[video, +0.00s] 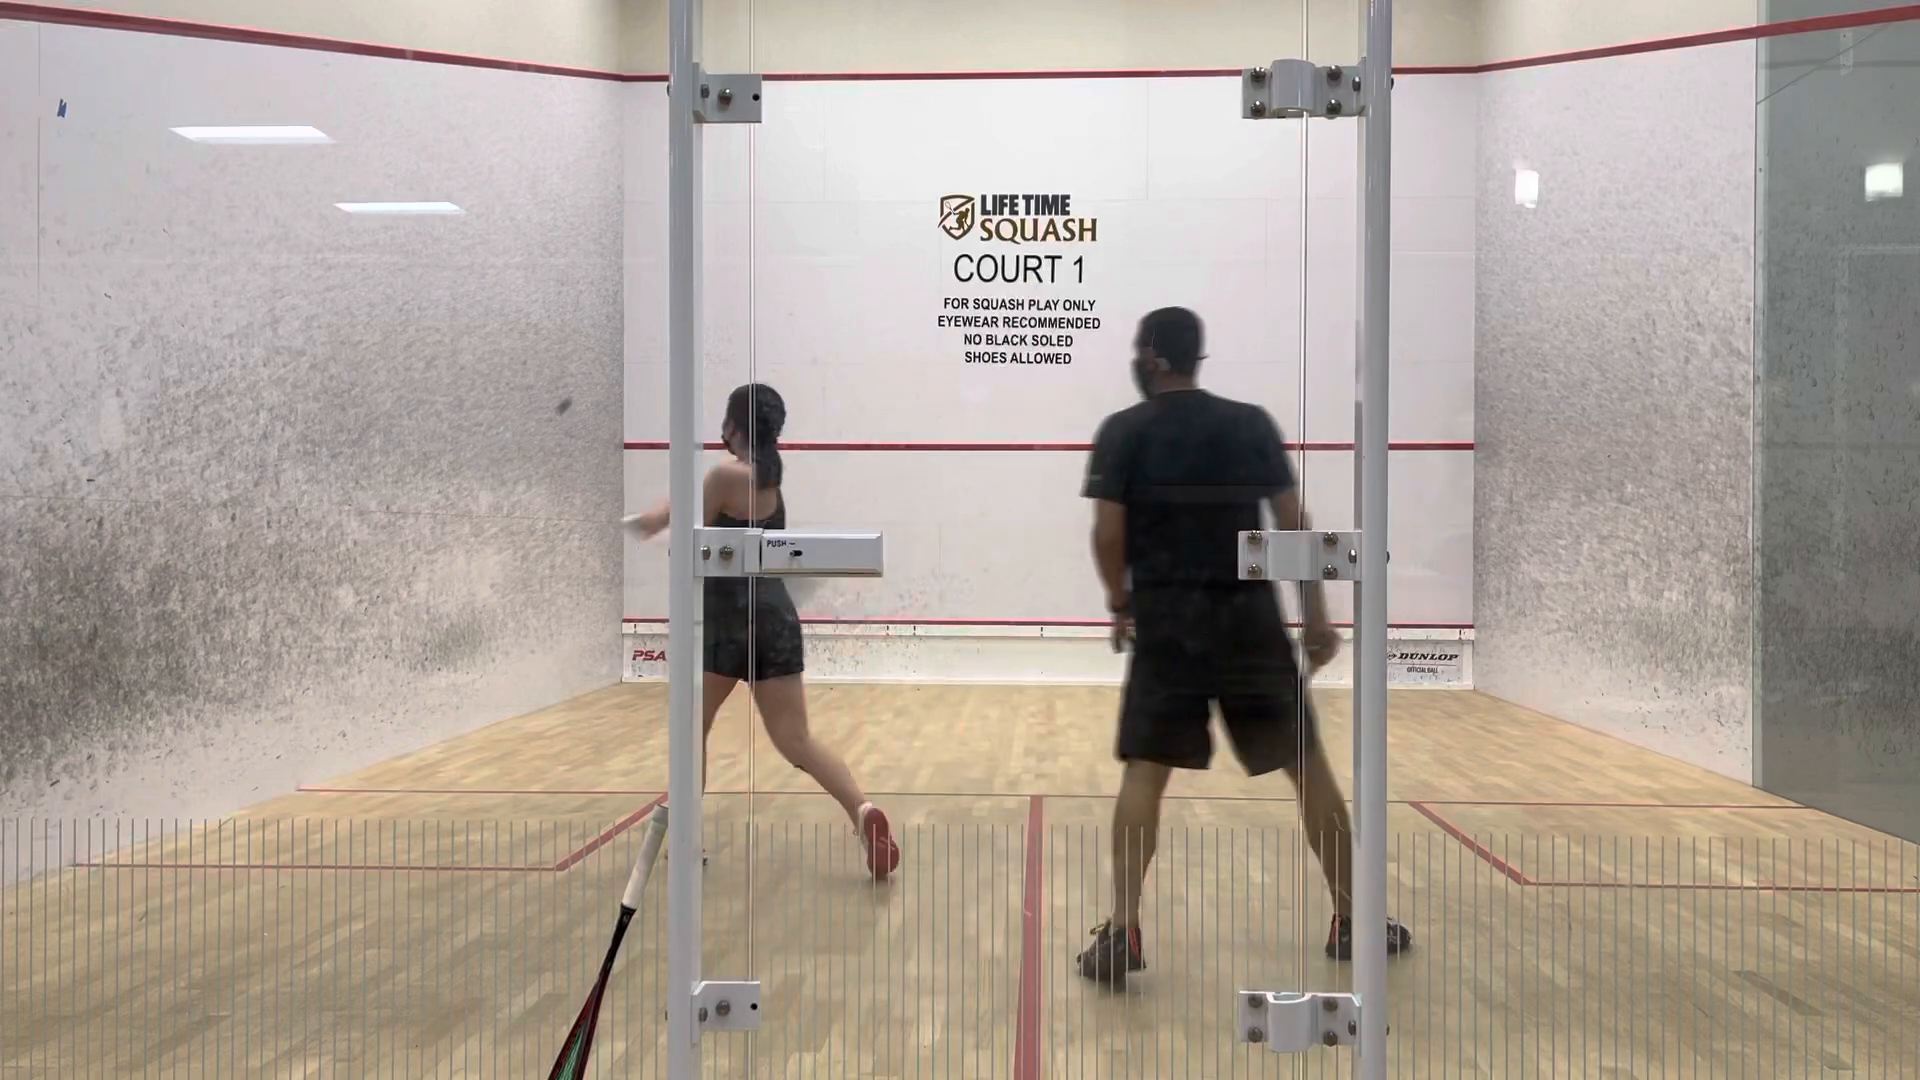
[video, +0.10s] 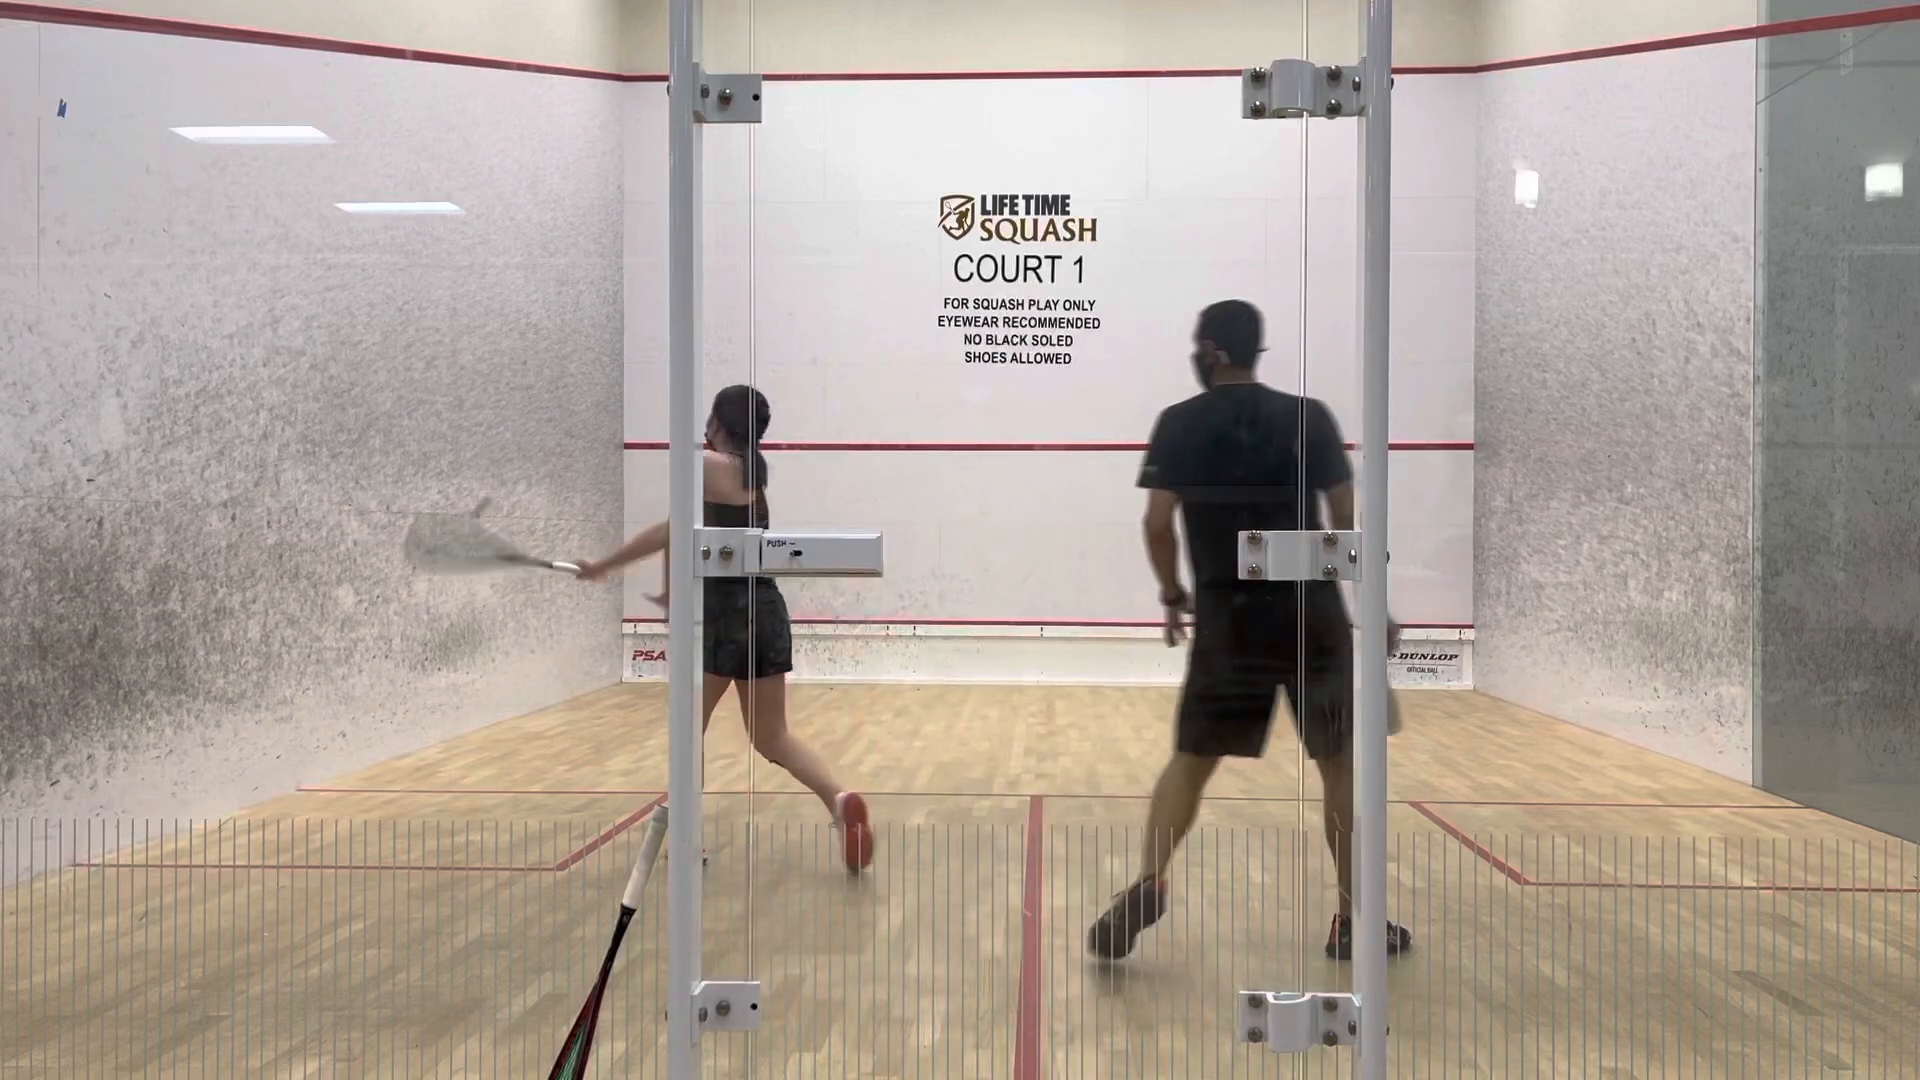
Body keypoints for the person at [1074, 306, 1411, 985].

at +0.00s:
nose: (1134, 364)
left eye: (1136, 354)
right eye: (1137, 353)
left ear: (1150, 359)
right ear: (1200, 358)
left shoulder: (1124, 430)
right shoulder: (1251, 424)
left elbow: (1108, 537)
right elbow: (1295, 526)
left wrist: (1120, 602)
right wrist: (1317, 616)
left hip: (1165, 635)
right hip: (1251, 630)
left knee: (1142, 777)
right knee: (1310, 768)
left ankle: (1122, 929)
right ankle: (1352, 919)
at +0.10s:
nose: (1194, 357)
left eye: (1197, 349)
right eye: (1199, 348)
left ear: (1209, 354)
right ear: (1259, 353)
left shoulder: (1181, 422)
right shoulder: (1309, 416)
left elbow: (1157, 523)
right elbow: (1345, 518)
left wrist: (1172, 589)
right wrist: (1358, 602)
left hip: (1228, 620)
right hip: (1313, 615)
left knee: (1192, 758)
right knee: (1339, 761)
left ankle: (1149, 883)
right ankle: (1354, 915)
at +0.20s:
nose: (1245, 350)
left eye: (1247, 341)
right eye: (1253, 341)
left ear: (1257, 344)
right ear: (1311, 342)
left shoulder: (1228, 410)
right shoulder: (1353, 406)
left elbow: (1198, 506)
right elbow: (1397, 510)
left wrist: (1216, 580)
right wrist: (1431, 600)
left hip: (1267, 605)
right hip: (1348, 604)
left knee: (1255, 735)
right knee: (1358, 760)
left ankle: (1216, 859)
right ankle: (1355, 914)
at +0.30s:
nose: (1297, 348)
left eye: (1296, 339)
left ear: (1299, 342)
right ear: (1358, 340)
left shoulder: (1266, 407)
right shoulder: (1393, 405)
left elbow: (1231, 496)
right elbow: (1436, 508)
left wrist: (1254, 577)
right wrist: (1478, 594)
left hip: (1292, 600)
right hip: (1368, 602)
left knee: (1312, 729)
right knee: (1361, 757)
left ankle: (1295, 872)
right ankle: (1352, 914)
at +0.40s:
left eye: (1349, 342)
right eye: (1382, 343)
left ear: (1341, 350)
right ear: (1398, 349)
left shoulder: (1302, 412)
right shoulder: (1423, 414)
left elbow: (1259, 492)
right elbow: (1465, 512)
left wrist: (1280, 577)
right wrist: (1512, 596)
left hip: (1324, 602)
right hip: (1395, 603)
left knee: (1359, 742)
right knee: (1383, 754)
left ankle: (1385, 875)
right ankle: (1355, 917)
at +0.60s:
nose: (1450, 385)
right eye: (1457, 376)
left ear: (1404, 376)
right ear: (1457, 380)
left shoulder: (1365, 435)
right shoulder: (1470, 442)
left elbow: (1313, 520)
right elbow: (1500, 537)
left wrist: (1337, 596)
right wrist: (1558, 614)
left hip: (1385, 620)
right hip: (1446, 621)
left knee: (1427, 749)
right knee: (1490, 761)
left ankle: (1445, 877)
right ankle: (1395, 861)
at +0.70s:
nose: (1481, 381)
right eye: (1485, 373)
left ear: (1429, 371)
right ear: (1483, 378)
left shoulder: (1388, 428)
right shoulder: (1490, 439)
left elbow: (1347, 515)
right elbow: (1510, 534)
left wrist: (1390, 566)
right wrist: (1570, 611)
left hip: (1400, 617)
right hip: (1462, 618)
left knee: (1441, 734)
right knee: (1534, 738)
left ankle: (1445, 874)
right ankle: (1436, 844)